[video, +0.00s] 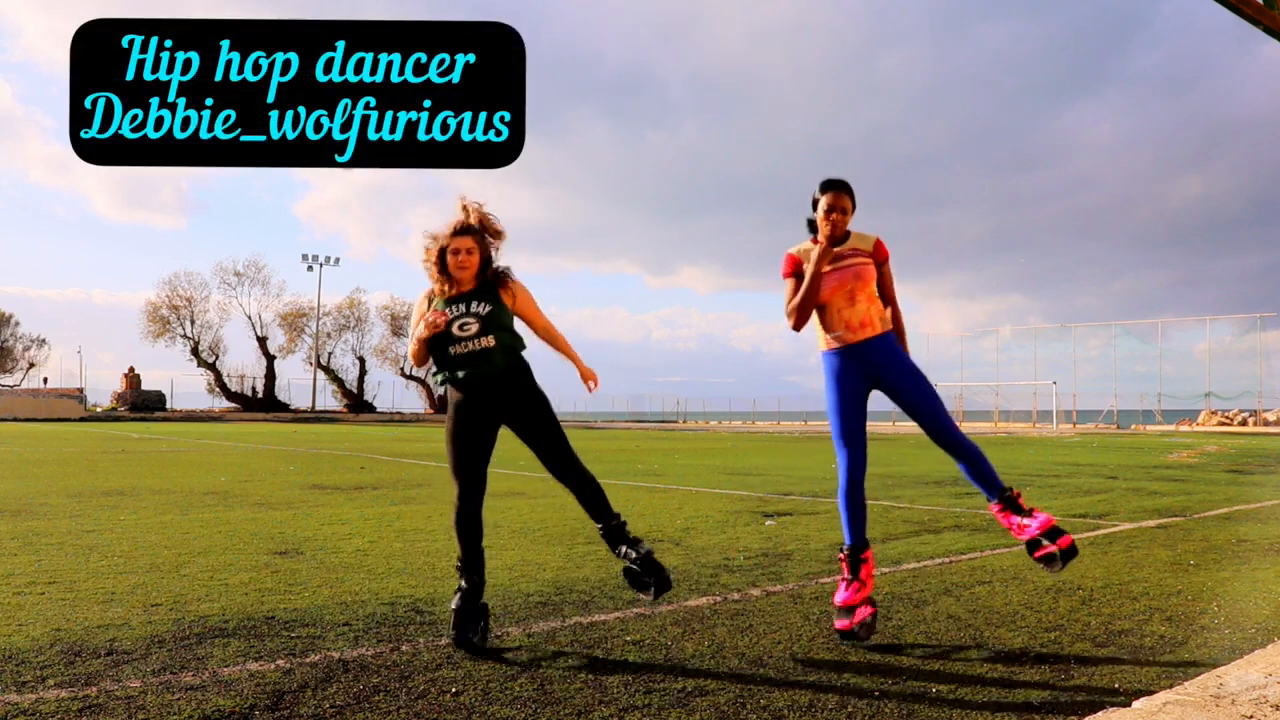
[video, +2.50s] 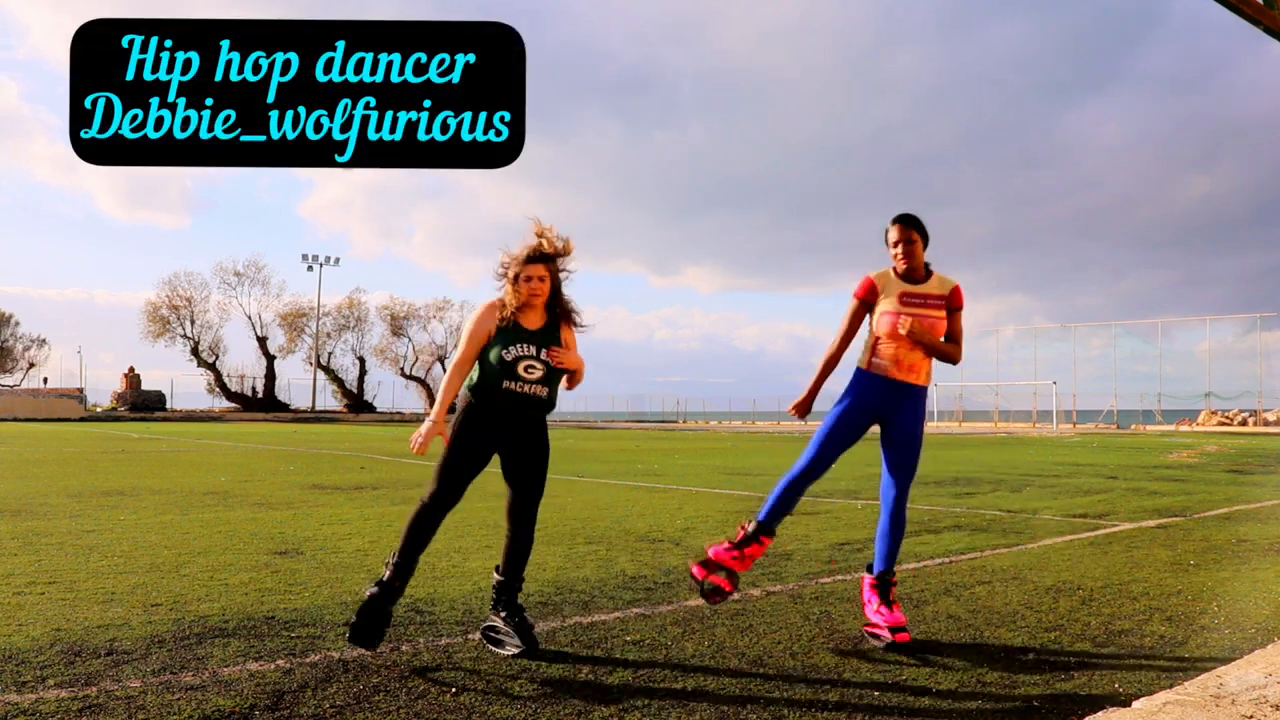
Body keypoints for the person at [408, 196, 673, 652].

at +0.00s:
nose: (461, 258)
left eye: (469, 251)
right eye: (454, 252)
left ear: (482, 257)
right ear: (443, 258)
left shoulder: (505, 289)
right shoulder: (429, 302)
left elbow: (542, 327)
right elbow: (417, 360)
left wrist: (578, 362)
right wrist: (423, 335)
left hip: (517, 390)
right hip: (468, 401)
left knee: (566, 466)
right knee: (467, 495)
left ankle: (623, 544)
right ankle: (470, 589)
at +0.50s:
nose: (504, 258)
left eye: (515, 254)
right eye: (503, 251)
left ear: (537, 261)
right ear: (500, 253)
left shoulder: (559, 301)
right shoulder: (487, 288)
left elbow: (590, 355)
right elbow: (454, 339)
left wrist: (579, 326)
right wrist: (428, 386)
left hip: (528, 404)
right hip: (478, 396)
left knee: (527, 502)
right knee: (441, 487)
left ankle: (523, 597)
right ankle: (399, 579)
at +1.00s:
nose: (551, 271)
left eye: (560, 265)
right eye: (547, 264)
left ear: (579, 274)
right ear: (540, 269)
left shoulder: (590, 323)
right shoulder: (516, 303)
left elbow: (611, 372)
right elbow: (477, 347)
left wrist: (609, 378)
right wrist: (453, 387)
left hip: (546, 420)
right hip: (496, 407)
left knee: (548, 509)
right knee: (440, 482)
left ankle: (543, 601)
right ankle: (373, 568)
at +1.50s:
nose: (498, 275)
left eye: (506, 268)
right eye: (491, 268)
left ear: (517, 274)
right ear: (477, 272)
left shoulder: (533, 315)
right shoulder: (457, 315)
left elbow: (563, 366)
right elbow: (427, 372)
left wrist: (591, 411)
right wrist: (449, 339)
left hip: (534, 419)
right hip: (483, 426)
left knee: (582, 499)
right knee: (491, 518)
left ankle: (620, 578)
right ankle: (496, 611)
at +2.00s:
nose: (486, 282)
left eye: (492, 276)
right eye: (478, 276)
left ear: (500, 280)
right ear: (462, 282)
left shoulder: (519, 321)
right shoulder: (444, 329)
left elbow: (547, 373)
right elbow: (434, 397)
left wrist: (572, 422)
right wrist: (445, 374)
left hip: (524, 421)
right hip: (476, 429)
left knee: (572, 498)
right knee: (487, 518)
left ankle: (609, 578)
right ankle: (493, 608)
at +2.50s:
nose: (532, 286)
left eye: (540, 279)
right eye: (524, 278)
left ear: (552, 284)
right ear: (513, 282)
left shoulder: (562, 325)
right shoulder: (493, 314)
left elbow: (573, 381)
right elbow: (460, 365)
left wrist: (576, 366)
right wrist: (436, 416)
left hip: (529, 428)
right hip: (482, 420)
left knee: (524, 516)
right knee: (440, 499)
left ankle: (507, 604)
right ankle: (386, 591)